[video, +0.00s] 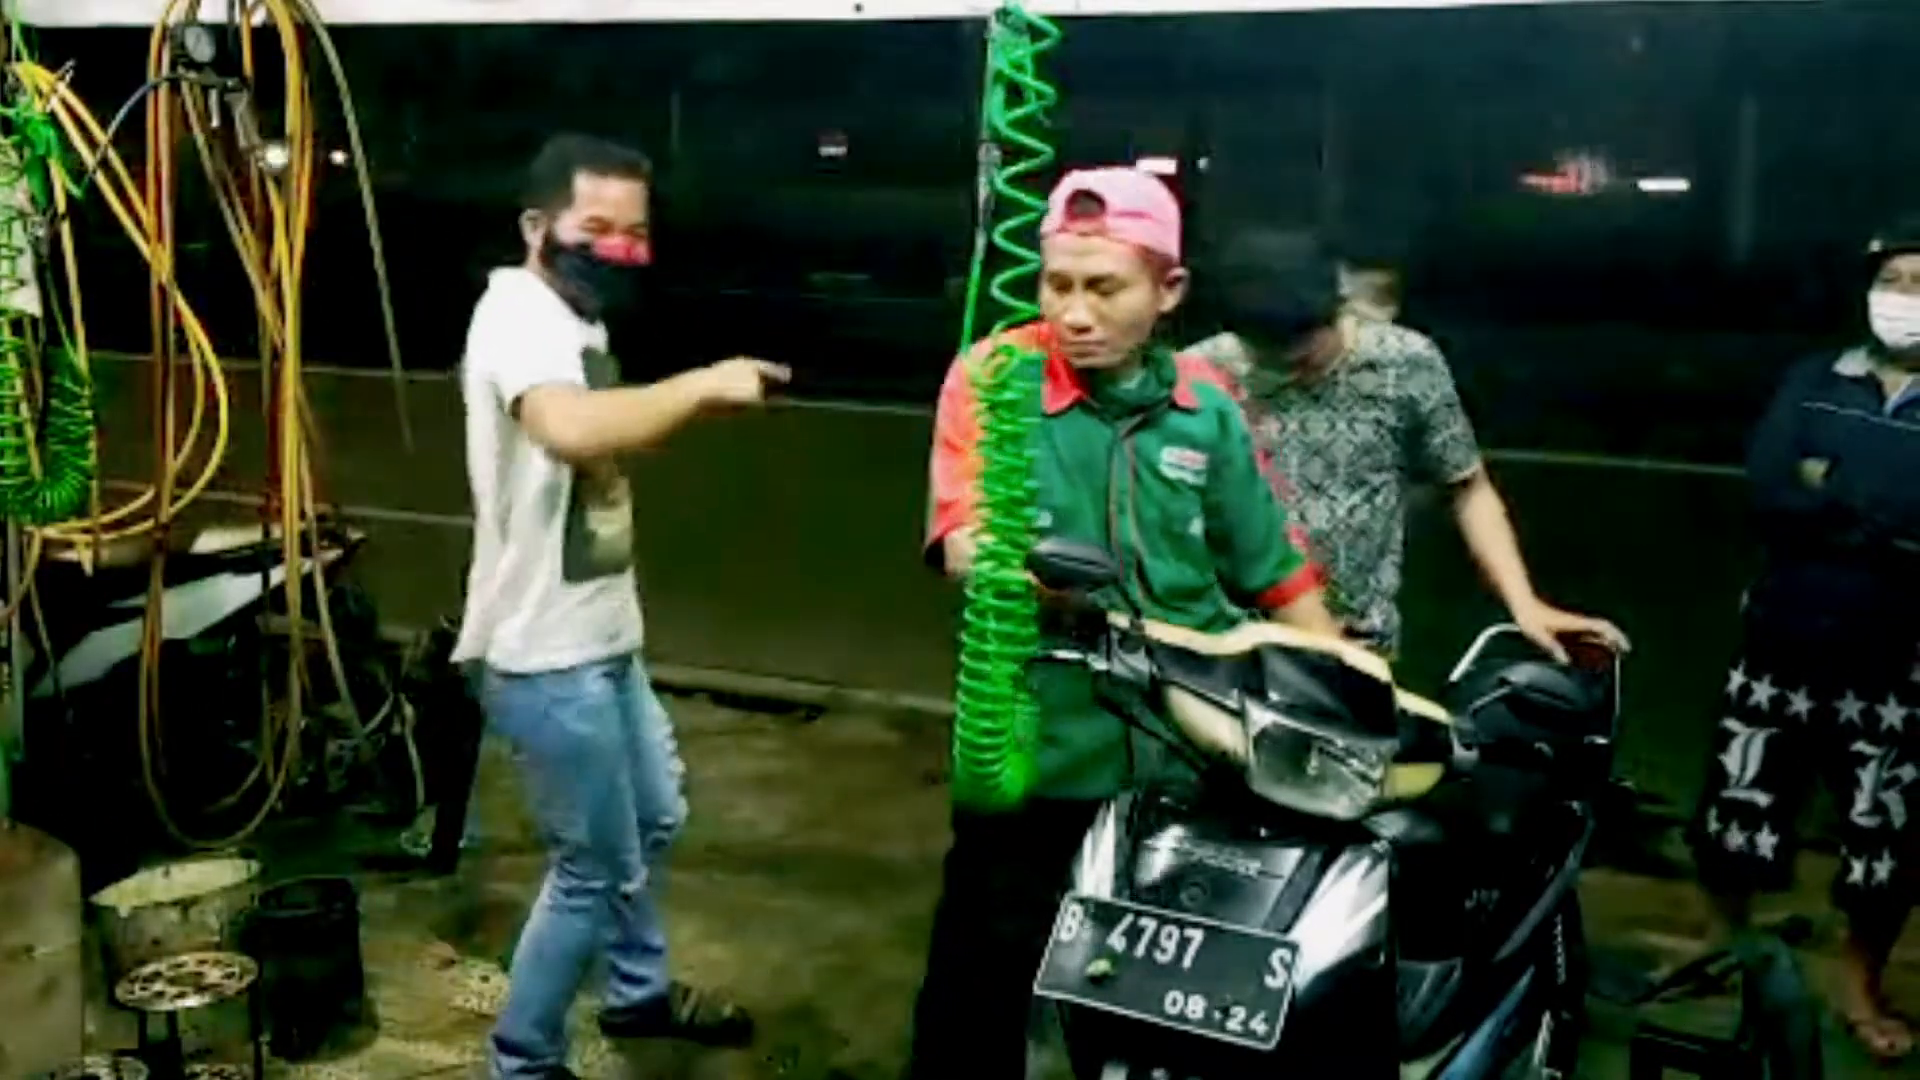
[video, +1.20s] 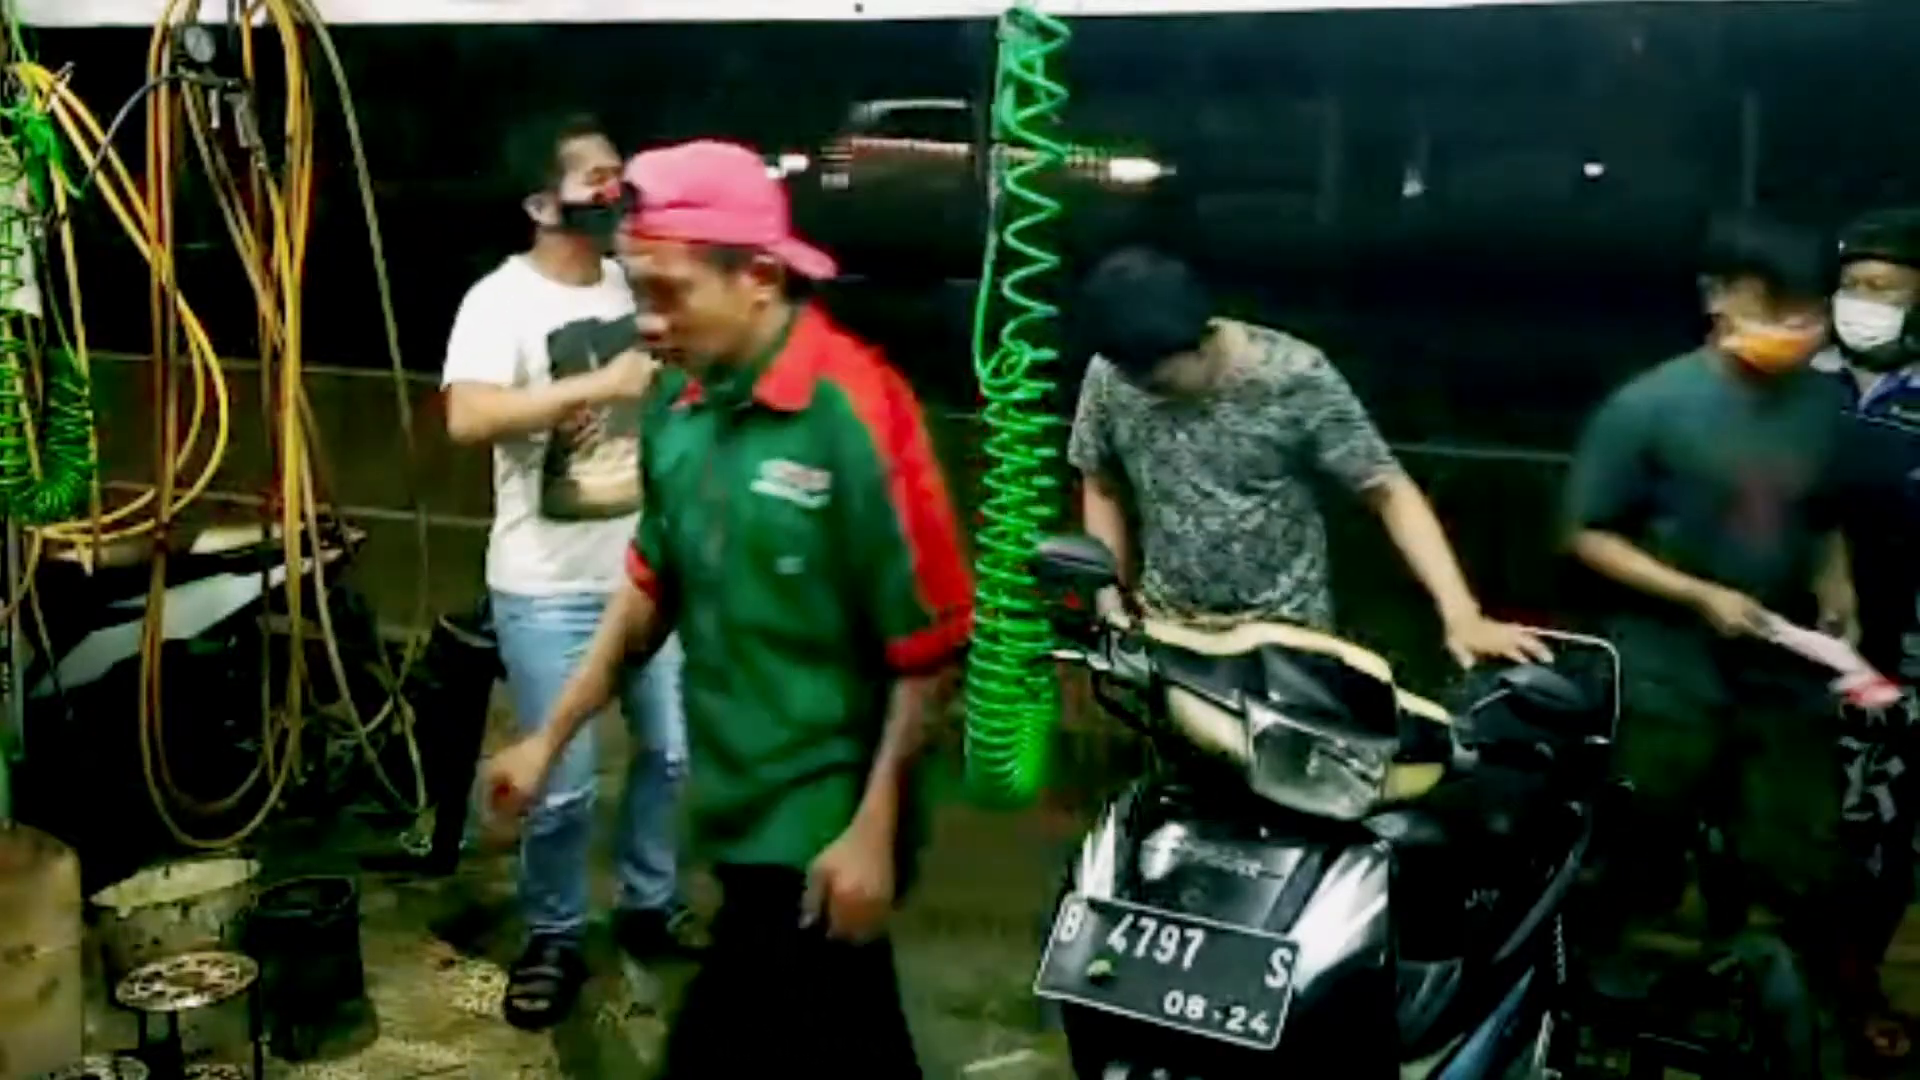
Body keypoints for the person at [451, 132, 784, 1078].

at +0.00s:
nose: (619, 253)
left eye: (632, 235)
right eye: (600, 230)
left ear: (640, 233)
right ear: (540, 227)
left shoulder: (573, 321)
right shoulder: (513, 313)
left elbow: (578, 454)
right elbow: (569, 428)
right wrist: (701, 388)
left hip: (602, 643)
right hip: (542, 657)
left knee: (653, 819)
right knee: (595, 863)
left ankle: (637, 998)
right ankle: (524, 1056)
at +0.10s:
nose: (630, 244)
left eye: (644, 225)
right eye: (611, 222)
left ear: (653, 225)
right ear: (554, 218)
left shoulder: (594, 308)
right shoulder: (525, 312)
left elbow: (588, 443)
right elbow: (547, 455)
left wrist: (691, 427)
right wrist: (695, 427)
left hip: (613, 631)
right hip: (548, 644)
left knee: (652, 813)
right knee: (585, 854)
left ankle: (637, 998)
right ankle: (525, 1059)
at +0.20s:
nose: (642, 241)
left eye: (656, 224)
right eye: (622, 220)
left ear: (668, 226)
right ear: (566, 219)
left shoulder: (646, 318)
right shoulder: (521, 330)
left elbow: (653, 452)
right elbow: (505, 488)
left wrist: (693, 542)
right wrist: (621, 550)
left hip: (629, 619)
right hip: (545, 630)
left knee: (667, 806)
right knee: (594, 840)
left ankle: (639, 994)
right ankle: (530, 1050)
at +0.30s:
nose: (629, 252)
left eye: (648, 232)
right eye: (610, 231)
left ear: (670, 234)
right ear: (568, 229)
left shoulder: (683, 340)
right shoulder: (508, 343)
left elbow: (740, 456)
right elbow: (462, 480)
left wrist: (780, 544)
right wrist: (522, 594)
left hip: (653, 619)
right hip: (552, 629)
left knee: (690, 802)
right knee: (608, 831)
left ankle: (639, 996)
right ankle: (538, 1043)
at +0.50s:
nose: (571, 229)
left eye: (593, 214)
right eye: (562, 209)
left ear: (649, 224)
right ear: (548, 209)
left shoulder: (703, 310)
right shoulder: (514, 304)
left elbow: (793, 386)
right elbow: (435, 401)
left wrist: (764, 410)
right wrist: (447, 522)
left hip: (665, 611)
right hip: (554, 617)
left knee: (688, 803)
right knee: (580, 821)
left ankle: (641, 990)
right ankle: (535, 952)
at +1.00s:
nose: (552, 219)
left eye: (569, 202)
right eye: (534, 203)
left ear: (599, 210)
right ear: (507, 215)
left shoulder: (640, 309)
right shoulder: (472, 330)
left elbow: (670, 430)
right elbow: (444, 467)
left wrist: (681, 525)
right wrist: (532, 503)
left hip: (634, 594)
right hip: (525, 605)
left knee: (703, 762)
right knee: (539, 777)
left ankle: (660, 933)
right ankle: (552, 933)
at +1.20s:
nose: (614, 190)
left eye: (615, 174)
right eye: (592, 178)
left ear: (622, 186)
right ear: (541, 200)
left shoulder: (644, 287)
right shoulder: (498, 300)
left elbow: (695, 386)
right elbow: (466, 416)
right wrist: (597, 387)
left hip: (645, 564)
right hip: (544, 578)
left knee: (669, 749)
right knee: (563, 774)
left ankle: (648, 907)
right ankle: (553, 932)